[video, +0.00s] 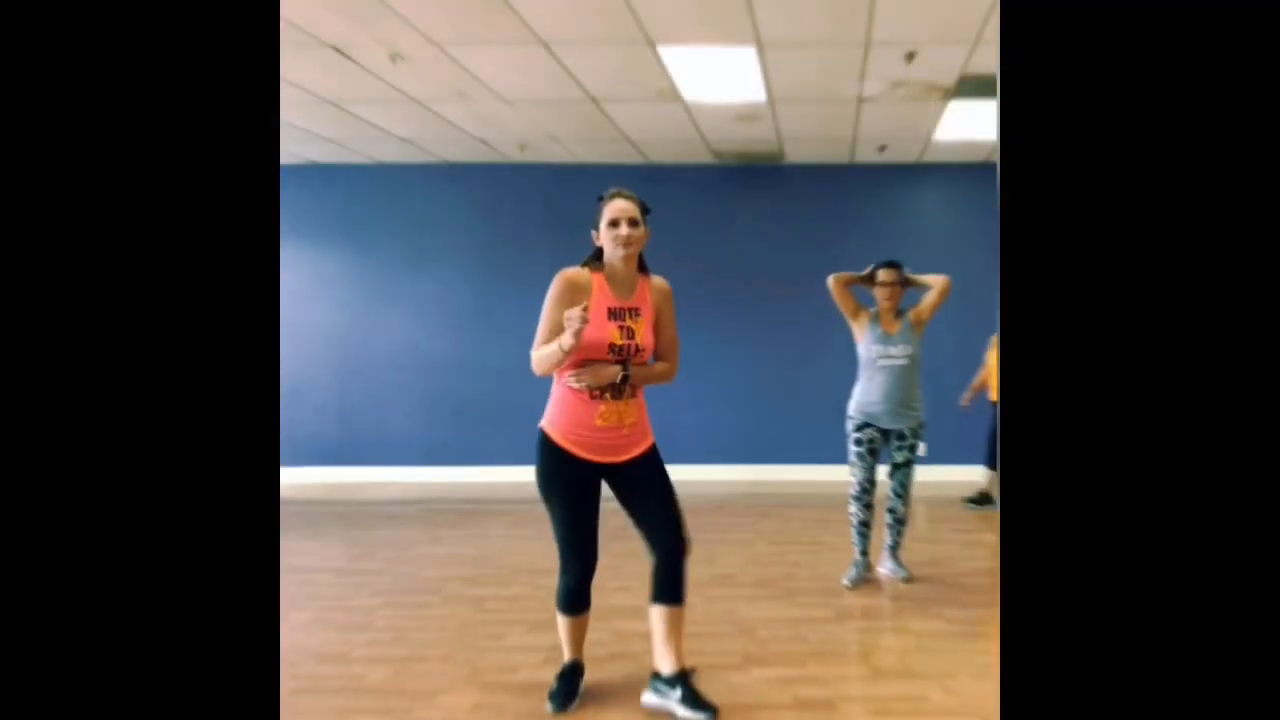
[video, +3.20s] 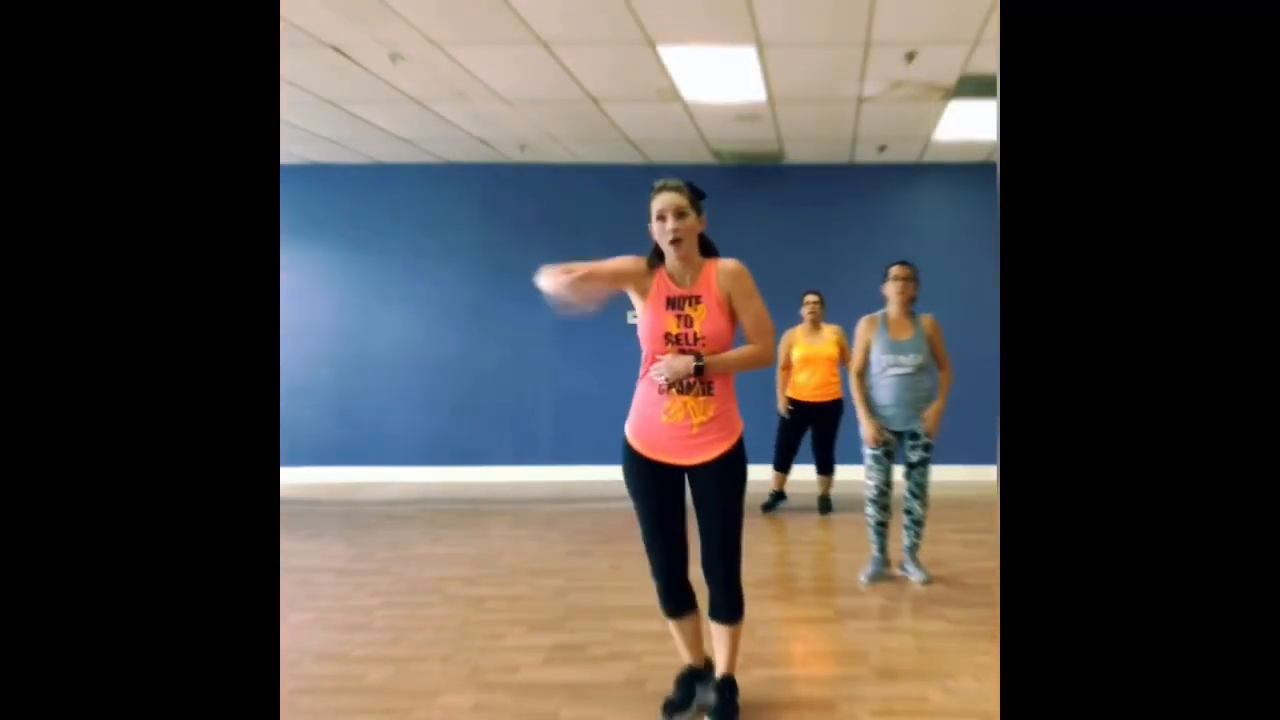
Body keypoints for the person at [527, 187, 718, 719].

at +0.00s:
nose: (625, 231)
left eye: (633, 223)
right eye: (615, 224)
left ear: (646, 232)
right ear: (598, 234)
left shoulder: (658, 292)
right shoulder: (571, 284)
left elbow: (668, 367)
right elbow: (538, 363)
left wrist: (618, 373)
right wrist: (564, 340)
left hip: (633, 446)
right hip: (567, 446)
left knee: (672, 546)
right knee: (577, 565)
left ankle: (668, 676)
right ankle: (571, 667)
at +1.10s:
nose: (709, 226)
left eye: (713, 217)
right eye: (698, 217)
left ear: (713, 224)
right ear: (666, 222)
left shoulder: (729, 278)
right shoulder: (635, 281)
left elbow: (754, 359)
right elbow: (623, 371)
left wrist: (684, 364)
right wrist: (621, 333)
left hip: (715, 441)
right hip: (647, 440)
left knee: (715, 569)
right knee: (596, 555)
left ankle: (721, 687)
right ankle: (598, 665)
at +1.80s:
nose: (658, 238)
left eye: (659, 229)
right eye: (647, 229)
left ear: (652, 235)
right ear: (612, 235)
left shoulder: (665, 295)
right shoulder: (568, 292)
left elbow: (687, 375)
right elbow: (542, 378)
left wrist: (635, 376)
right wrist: (566, 343)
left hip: (651, 458)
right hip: (576, 457)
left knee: (685, 576)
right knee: (565, 580)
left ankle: (719, 689)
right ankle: (545, 690)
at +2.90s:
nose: (644, 232)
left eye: (653, 221)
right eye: (634, 226)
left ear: (674, 224)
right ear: (624, 237)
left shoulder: (708, 283)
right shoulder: (622, 286)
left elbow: (742, 363)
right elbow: (567, 334)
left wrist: (673, 370)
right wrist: (605, 269)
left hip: (696, 447)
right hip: (626, 445)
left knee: (704, 575)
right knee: (590, 572)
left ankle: (721, 686)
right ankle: (552, 686)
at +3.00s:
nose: (656, 229)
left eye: (664, 218)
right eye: (646, 222)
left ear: (685, 221)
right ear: (637, 232)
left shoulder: (718, 278)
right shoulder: (631, 285)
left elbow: (753, 357)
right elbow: (575, 329)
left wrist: (687, 368)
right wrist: (612, 264)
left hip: (710, 444)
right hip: (642, 442)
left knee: (711, 572)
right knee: (605, 568)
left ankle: (722, 686)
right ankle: (586, 678)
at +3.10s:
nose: (664, 223)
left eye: (673, 212)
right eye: (654, 215)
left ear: (694, 215)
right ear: (645, 224)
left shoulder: (725, 271)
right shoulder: (637, 279)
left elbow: (760, 348)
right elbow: (568, 319)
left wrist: (693, 361)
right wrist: (610, 265)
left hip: (714, 439)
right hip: (647, 437)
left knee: (718, 568)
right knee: (632, 566)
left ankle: (722, 683)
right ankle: (657, 658)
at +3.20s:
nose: (670, 225)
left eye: (679, 215)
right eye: (661, 217)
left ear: (700, 221)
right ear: (651, 227)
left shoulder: (729, 274)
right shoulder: (639, 272)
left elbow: (764, 350)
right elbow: (560, 275)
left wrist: (697, 363)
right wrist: (559, 283)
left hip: (715, 442)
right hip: (649, 442)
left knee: (720, 567)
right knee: (668, 571)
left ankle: (725, 683)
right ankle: (696, 669)